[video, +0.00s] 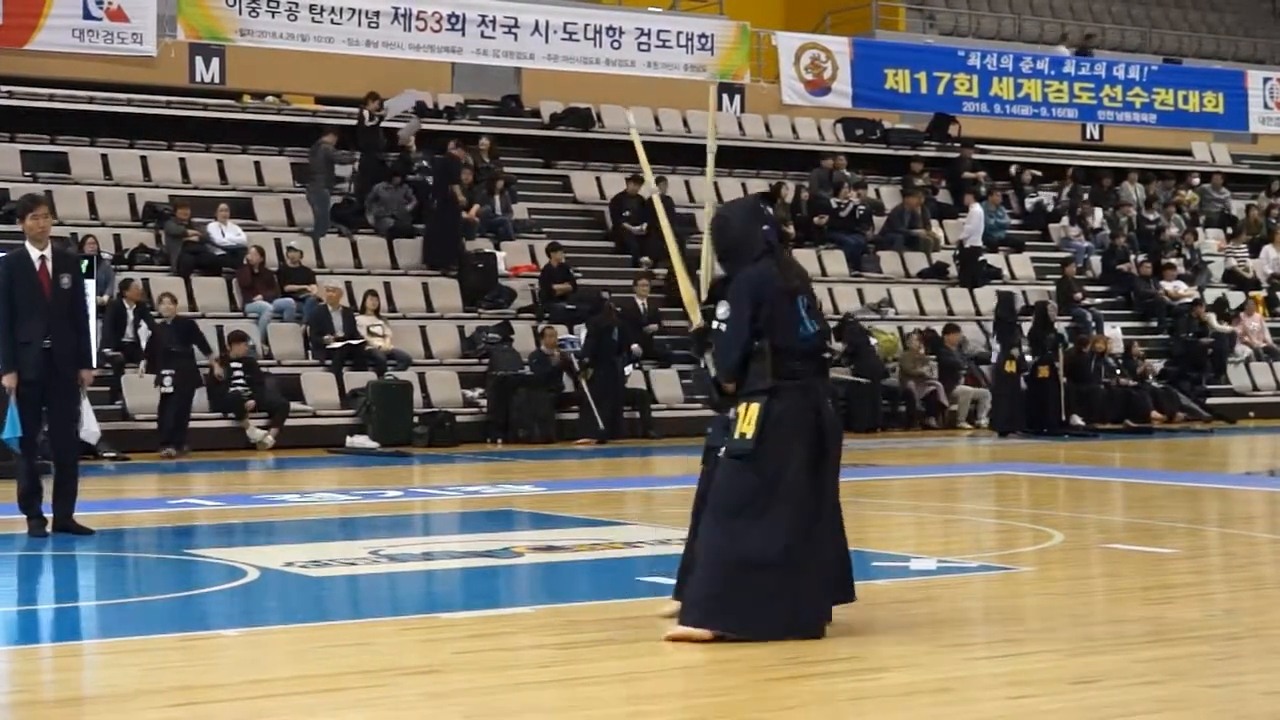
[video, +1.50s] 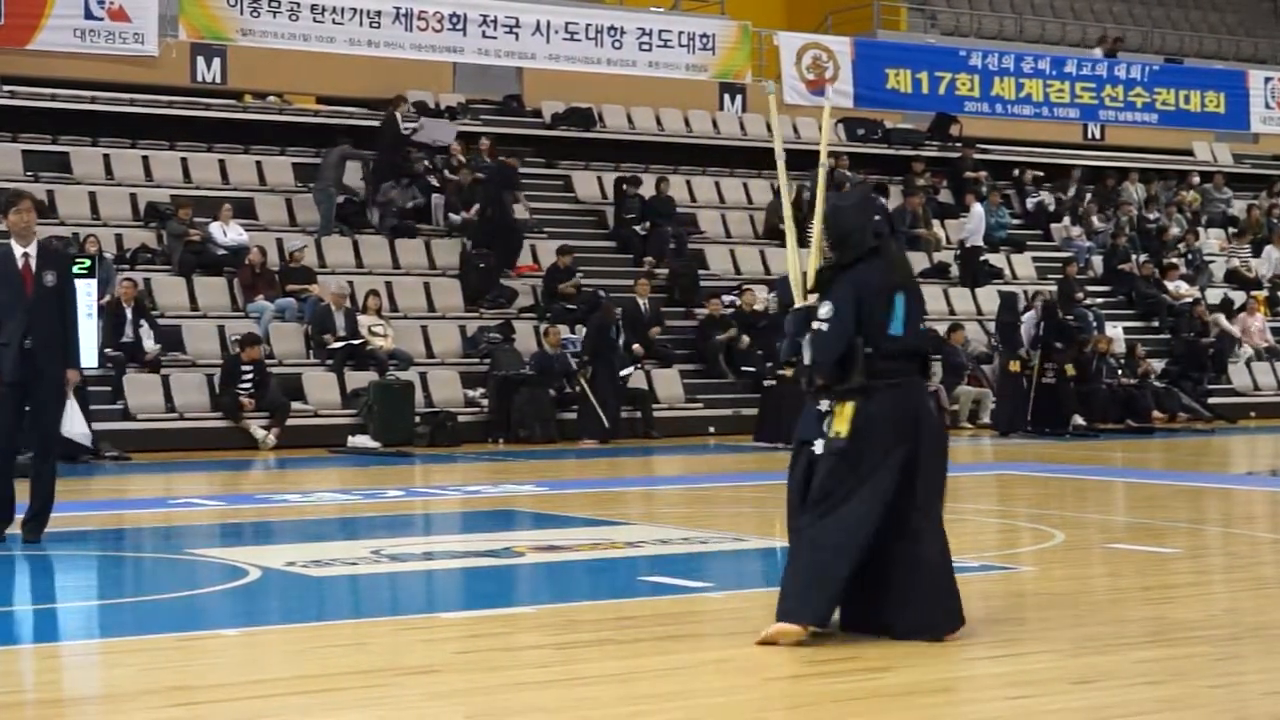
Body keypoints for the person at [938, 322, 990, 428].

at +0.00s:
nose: (959, 338)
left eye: (959, 335)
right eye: (956, 335)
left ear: (960, 336)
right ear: (947, 336)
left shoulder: (957, 351)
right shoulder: (942, 351)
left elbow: (970, 358)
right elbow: (956, 363)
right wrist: (964, 363)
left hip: (962, 385)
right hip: (948, 386)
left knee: (985, 394)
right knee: (967, 392)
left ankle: (981, 420)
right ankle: (961, 421)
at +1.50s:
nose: (964, 336)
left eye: (963, 333)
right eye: (961, 333)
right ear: (952, 335)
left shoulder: (960, 350)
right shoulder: (948, 349)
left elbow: (972, 360)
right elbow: (959, 365)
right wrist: (968, 365)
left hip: (962, 385)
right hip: (949, 385)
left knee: (987, 393)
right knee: (968, 392)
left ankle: (984, 419)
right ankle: (962, 421)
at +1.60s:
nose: (964, 336)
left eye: (964, 333)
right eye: (961, 333)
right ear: (952, 334)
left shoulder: (961, 350)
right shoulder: (949, 349)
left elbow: (972, 362)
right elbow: (960, 365)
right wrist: (969, 365)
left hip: (962, 384)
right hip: (949, 384)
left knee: (987, 393)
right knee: (968, 391)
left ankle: (984, 419)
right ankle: (963, 420)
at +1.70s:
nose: (965, 337)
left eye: (965, 333)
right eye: (962, 333)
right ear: (954, 336)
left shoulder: (962, 350)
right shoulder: (953, 350)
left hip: (962, 385)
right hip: (952, 386)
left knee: (987, 394)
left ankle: (985, 420)